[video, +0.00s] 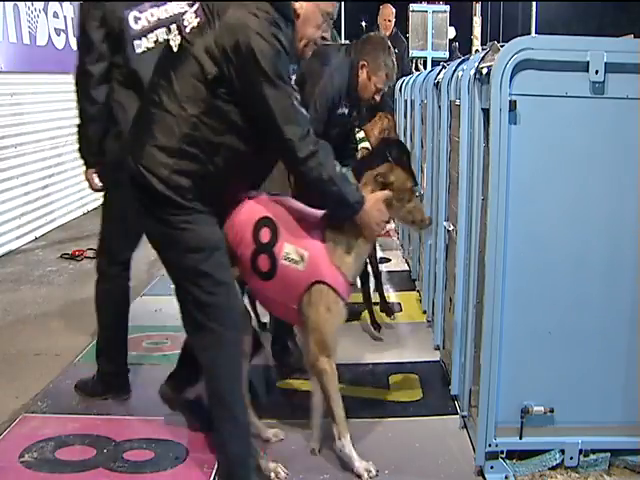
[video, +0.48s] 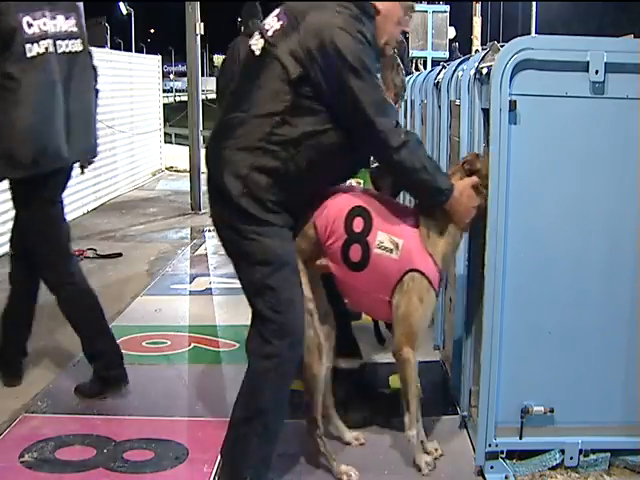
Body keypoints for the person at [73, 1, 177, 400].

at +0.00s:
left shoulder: (103, 7)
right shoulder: (198, 5)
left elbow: (94, 78)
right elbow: (220, 64)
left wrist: (91, 153)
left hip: (133, 152)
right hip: (190, 145)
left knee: (112, 264)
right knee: (197, 266)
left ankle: (113, 375)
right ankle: (190, 374)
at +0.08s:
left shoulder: (80, 7)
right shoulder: (172, 4)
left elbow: (69, 79)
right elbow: (199, 61)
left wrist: (66, 148)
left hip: (112, 155)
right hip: (171, 147)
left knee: (101, 268)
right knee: (177, 259)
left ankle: (112, 376)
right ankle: (220, 347)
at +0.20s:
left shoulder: (53, 6)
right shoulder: (135, 3)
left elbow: (37, 71)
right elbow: (152, 54)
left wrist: (24, 139)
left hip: (86, 143)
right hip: (132, 134)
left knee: (89, 264)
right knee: (101, 236)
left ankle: (112, 376)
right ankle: (155, 317)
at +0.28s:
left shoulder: (36, 6)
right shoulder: (118, 4)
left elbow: (18, 69)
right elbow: (133, 51)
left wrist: (1, 135)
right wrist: (114, 109)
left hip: (72, 138)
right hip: (115, 132)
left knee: (84, 260)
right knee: (76, 239)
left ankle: (113, 375)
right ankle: (104, 343)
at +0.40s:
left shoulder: (14, 9)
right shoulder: (89, 5)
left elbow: (3, 63)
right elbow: (105, 59)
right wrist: (101, 128)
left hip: (45, 139)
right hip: (90, 133)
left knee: (73, 261)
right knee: (43, 245)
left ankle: (113, 374)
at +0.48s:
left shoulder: (8, 13)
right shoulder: (69, 6)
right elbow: (86, 70)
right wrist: (86, 142)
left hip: (22, 145)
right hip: (64, 141)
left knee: (58, 265)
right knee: (24, 259)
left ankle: (110, 369)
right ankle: (10, 359)